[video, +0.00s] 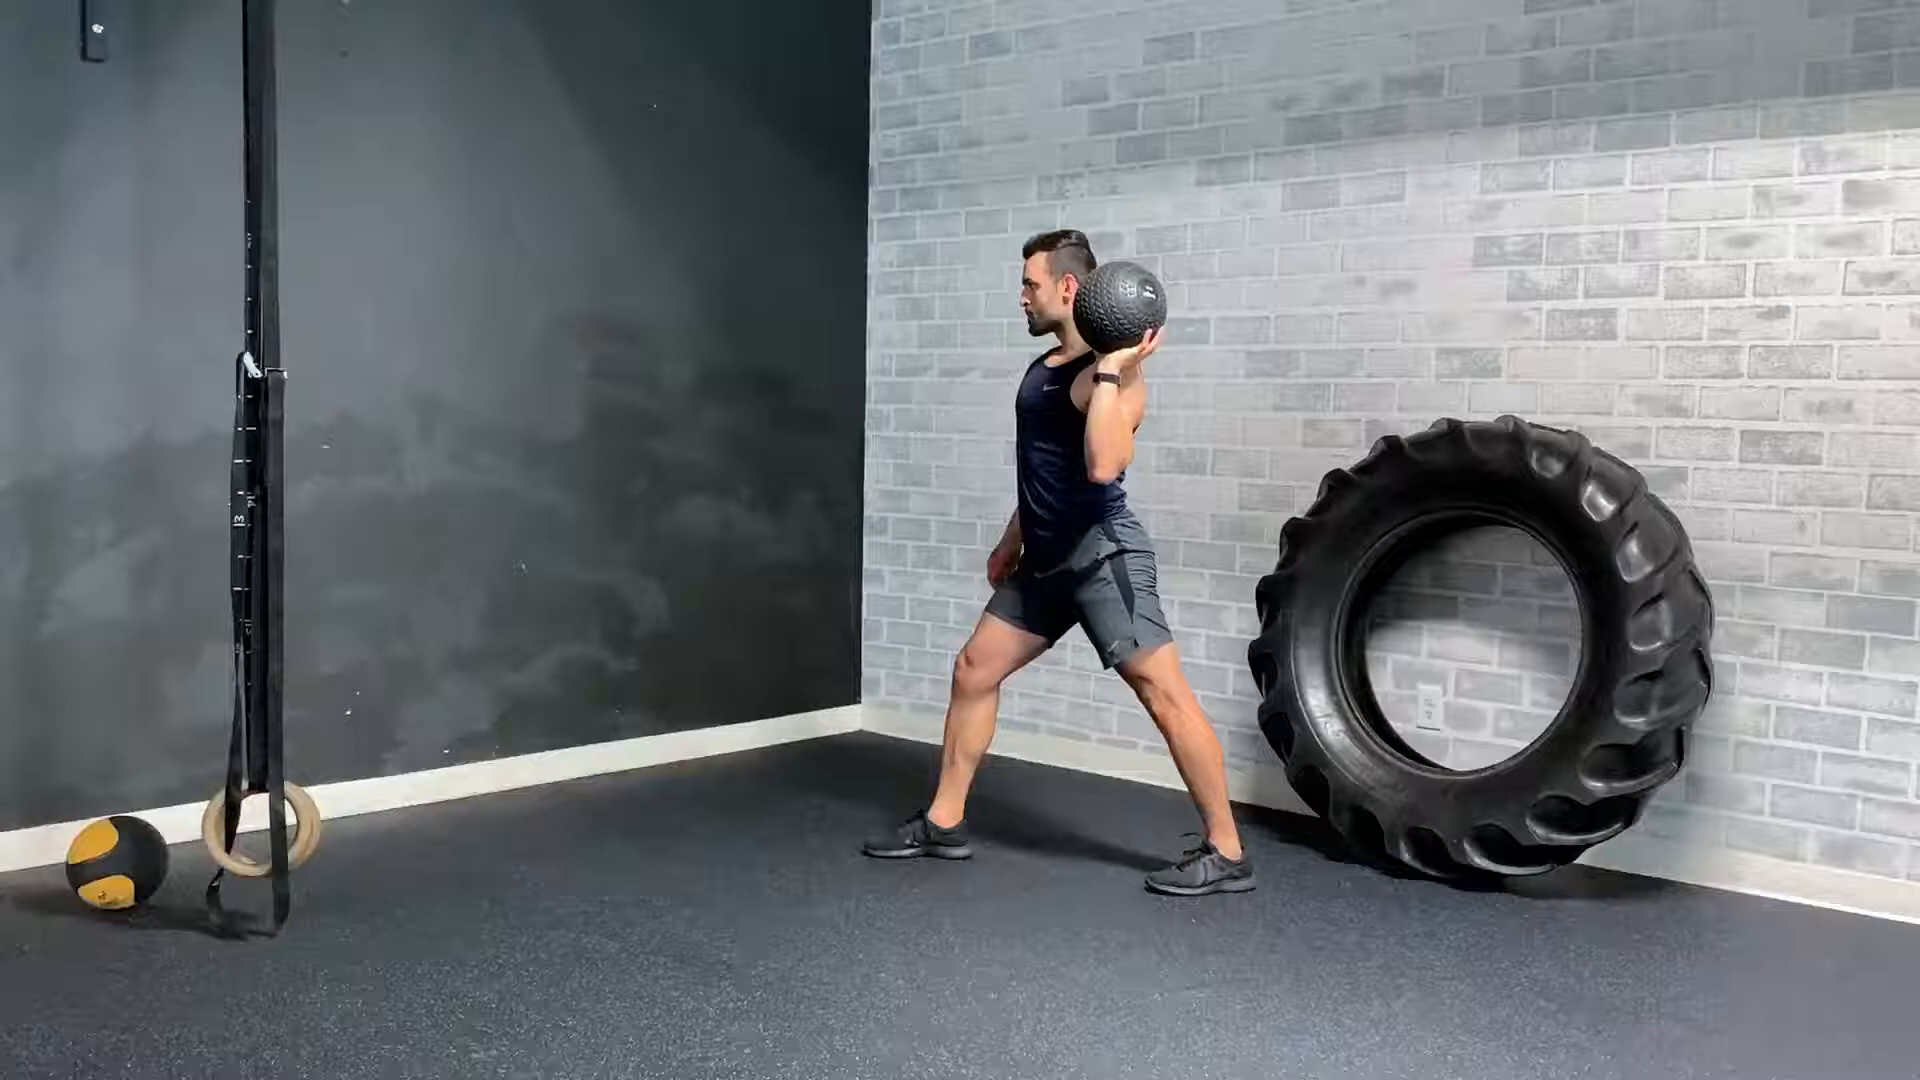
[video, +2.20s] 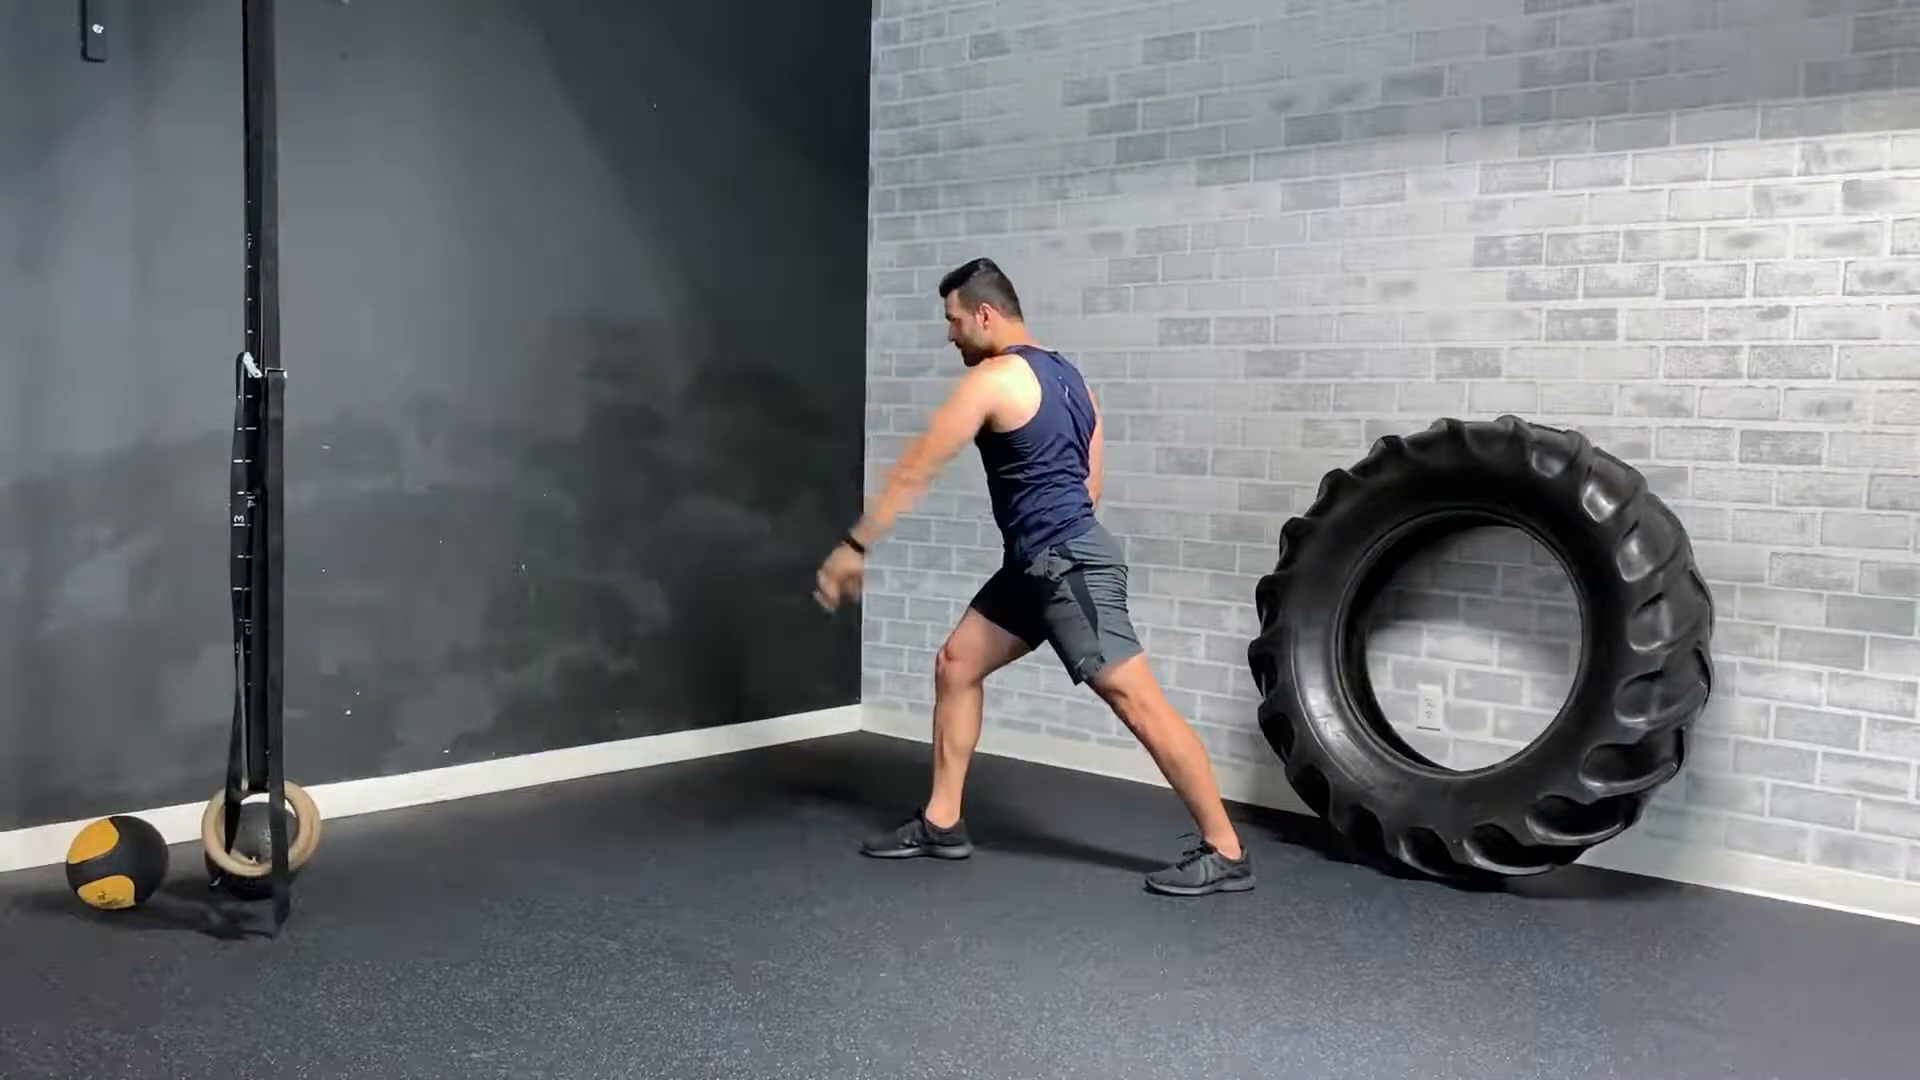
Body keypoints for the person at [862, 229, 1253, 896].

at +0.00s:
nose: (1023, 297)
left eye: (1032, 286)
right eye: (1024, 286)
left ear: (1071, 287)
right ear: (1063, 289)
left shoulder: (1115, 379)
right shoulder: (1048, 363)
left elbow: (1105, 468)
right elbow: (1042, 469)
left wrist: (1109, 378)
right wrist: (1013, 540)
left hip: (1105, 552)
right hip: (1046, 556)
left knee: (1166, 697)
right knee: (974, 674)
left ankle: (1226, 850)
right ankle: (943, 825)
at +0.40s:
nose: (988, 305)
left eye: (998, 294)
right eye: (989, 294)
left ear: (1037, 296)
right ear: (1022, 299)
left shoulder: (1088, 376)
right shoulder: (1019, 377)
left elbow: (1105, 461)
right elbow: (1033, 479)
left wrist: (1085, 372)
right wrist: (1018, 549)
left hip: (1095, 557)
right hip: (1038, 560)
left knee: (1155, 696)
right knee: (957, 669)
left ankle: (1226, 849)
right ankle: (943, 825)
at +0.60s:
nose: (935, 322)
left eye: (941, 309)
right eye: (934, 311)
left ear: (976, 304)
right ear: (977, 307)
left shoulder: (1010, 366)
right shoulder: (999, 367)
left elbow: (931, 388)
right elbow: (1061, 459)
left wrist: (876, 333)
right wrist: (1054, 520)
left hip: (1064, 555)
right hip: (1026, 560)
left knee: (1137, 694)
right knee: (948, 665)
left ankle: (1221, 845)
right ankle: (941, 825)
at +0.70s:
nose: (918, 333)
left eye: (921, 320)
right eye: (915, 321)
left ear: (955, 311)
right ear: (970, 311)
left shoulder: (955, 361)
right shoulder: (1026, 370)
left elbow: (838, 338)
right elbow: (1063, 469)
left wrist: (751, 314)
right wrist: (1046, 535)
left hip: (1063, 553)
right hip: (1026, 560)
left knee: (1140, 696)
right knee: (947, 662)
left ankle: (1221, 844)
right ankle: (940, 822)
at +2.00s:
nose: (932, 343)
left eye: (934, 329)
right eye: (931, 331)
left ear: (966, 319)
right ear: (985, 318)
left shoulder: (971, 370)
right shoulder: (1057, 381)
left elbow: (869, 388)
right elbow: (1080, 488)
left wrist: (778, 398)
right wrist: (1043, 547)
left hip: (1066, 560)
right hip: (1045, 567)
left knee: (1140, 701)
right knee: (957, 662)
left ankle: (1226, 849)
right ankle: (942, 822)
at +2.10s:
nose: (941, 342)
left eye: (943, 327)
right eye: (939, 330)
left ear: (973, 317)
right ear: (992, 315)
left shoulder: (975, 376)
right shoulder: (1060, 378)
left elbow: (877, 426)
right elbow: (1084, 489)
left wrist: (798, 463)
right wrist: (1044, 549)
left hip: (1067, 561)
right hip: (1049, 564)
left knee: (1139, 701)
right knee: (958, 662)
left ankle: (1225, 849)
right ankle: (942, 822)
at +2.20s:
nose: (950, 334)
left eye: (953, 319)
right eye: (948, 321)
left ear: (985, 313)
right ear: (1003, 313)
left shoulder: (992, 379)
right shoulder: (1070, 378)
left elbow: (914, 471)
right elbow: (1087, 490)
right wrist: (1051, 550)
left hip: (1069, 564)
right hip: (1045, 565)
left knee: (1139, 704)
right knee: (959, 662)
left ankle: (1225, 848)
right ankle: (942, 825)